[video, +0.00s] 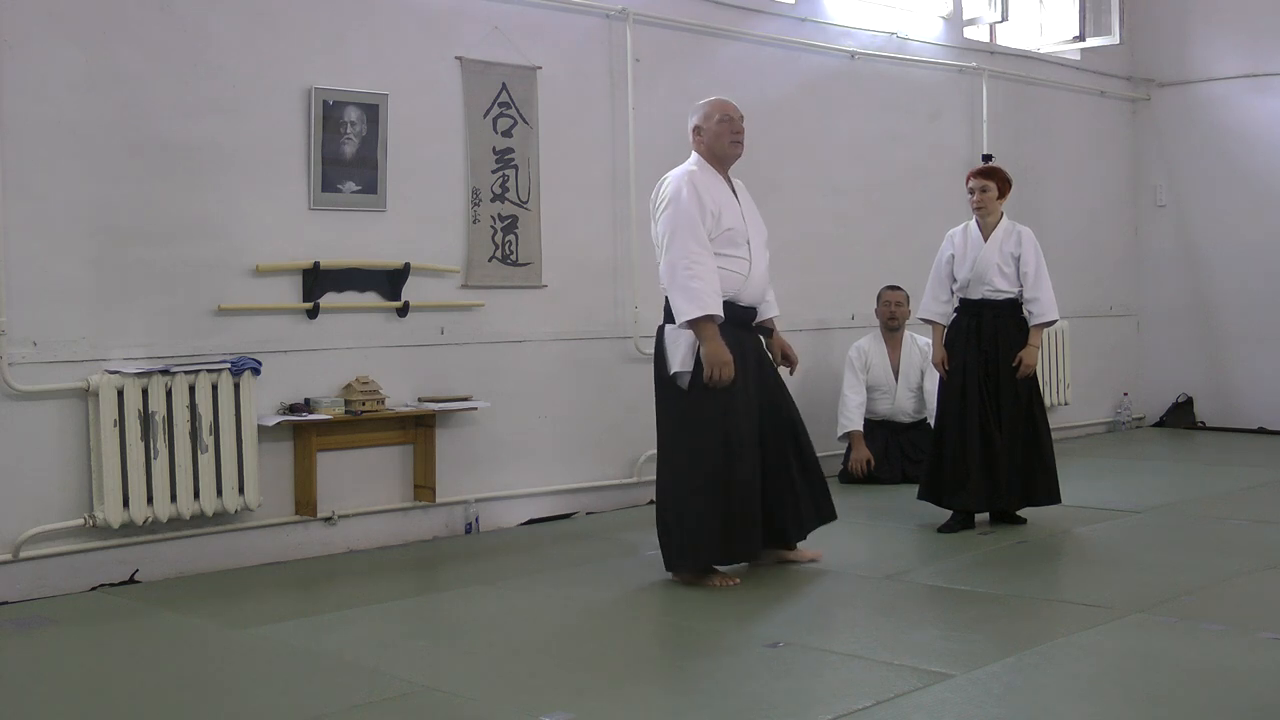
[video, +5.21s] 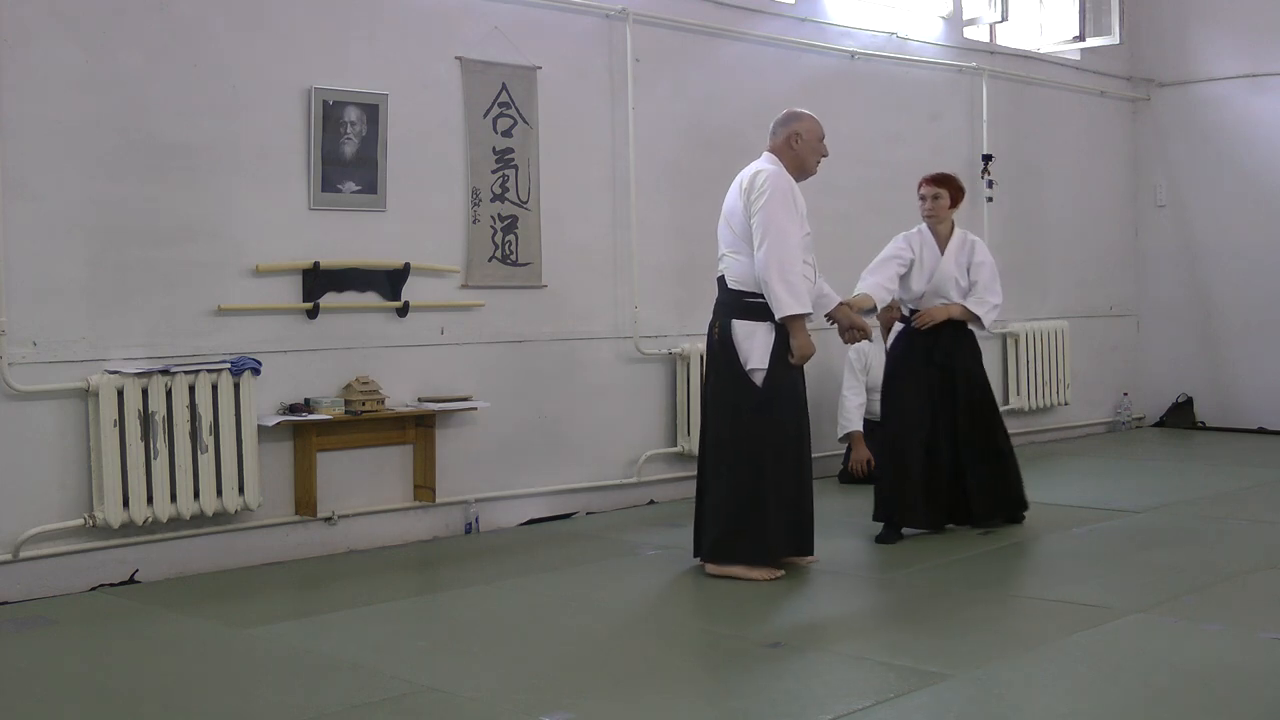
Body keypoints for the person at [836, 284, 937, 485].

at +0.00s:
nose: (892, 310)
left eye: (899, 305)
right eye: (886, 305)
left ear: (909, 313)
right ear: (876, 312)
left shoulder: (926, 348)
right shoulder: (861, 350)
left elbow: (935, 397)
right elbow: (852, 397)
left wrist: (944, 437)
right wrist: (857, 443)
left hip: (916, 431)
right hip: (874, 431)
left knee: (937, 473)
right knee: (855, 472)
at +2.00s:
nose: (891, 310)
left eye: (897, 305)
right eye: (885, 305)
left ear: (908, 313)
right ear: (875, 313)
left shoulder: (925, 348)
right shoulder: (861, 350)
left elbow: (935, 397)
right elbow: (851, 398)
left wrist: (944, 436)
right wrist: (857, 443)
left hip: (916, 430)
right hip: (874, 431)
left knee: (935, 473)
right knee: (855, 472)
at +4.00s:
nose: (889, 320)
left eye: (896, 313)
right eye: (884, 313)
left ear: (908, 316)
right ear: (876, 314)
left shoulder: (927, 350)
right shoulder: (861, 351)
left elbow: (936, 398)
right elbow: (852, 399)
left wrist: (946, 438)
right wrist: (857, 443)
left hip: (917, 430)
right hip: (875, 431)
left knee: (937, 470)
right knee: (856, 471)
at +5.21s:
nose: (894, 316)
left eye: (899, 309)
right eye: (888, 309)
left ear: (908, 313)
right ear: (878, 314)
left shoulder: (914, 345)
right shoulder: (863, 347)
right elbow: (852, 394)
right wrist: (857, 441)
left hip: (908, 424)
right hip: (873, 425)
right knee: (853, 471)